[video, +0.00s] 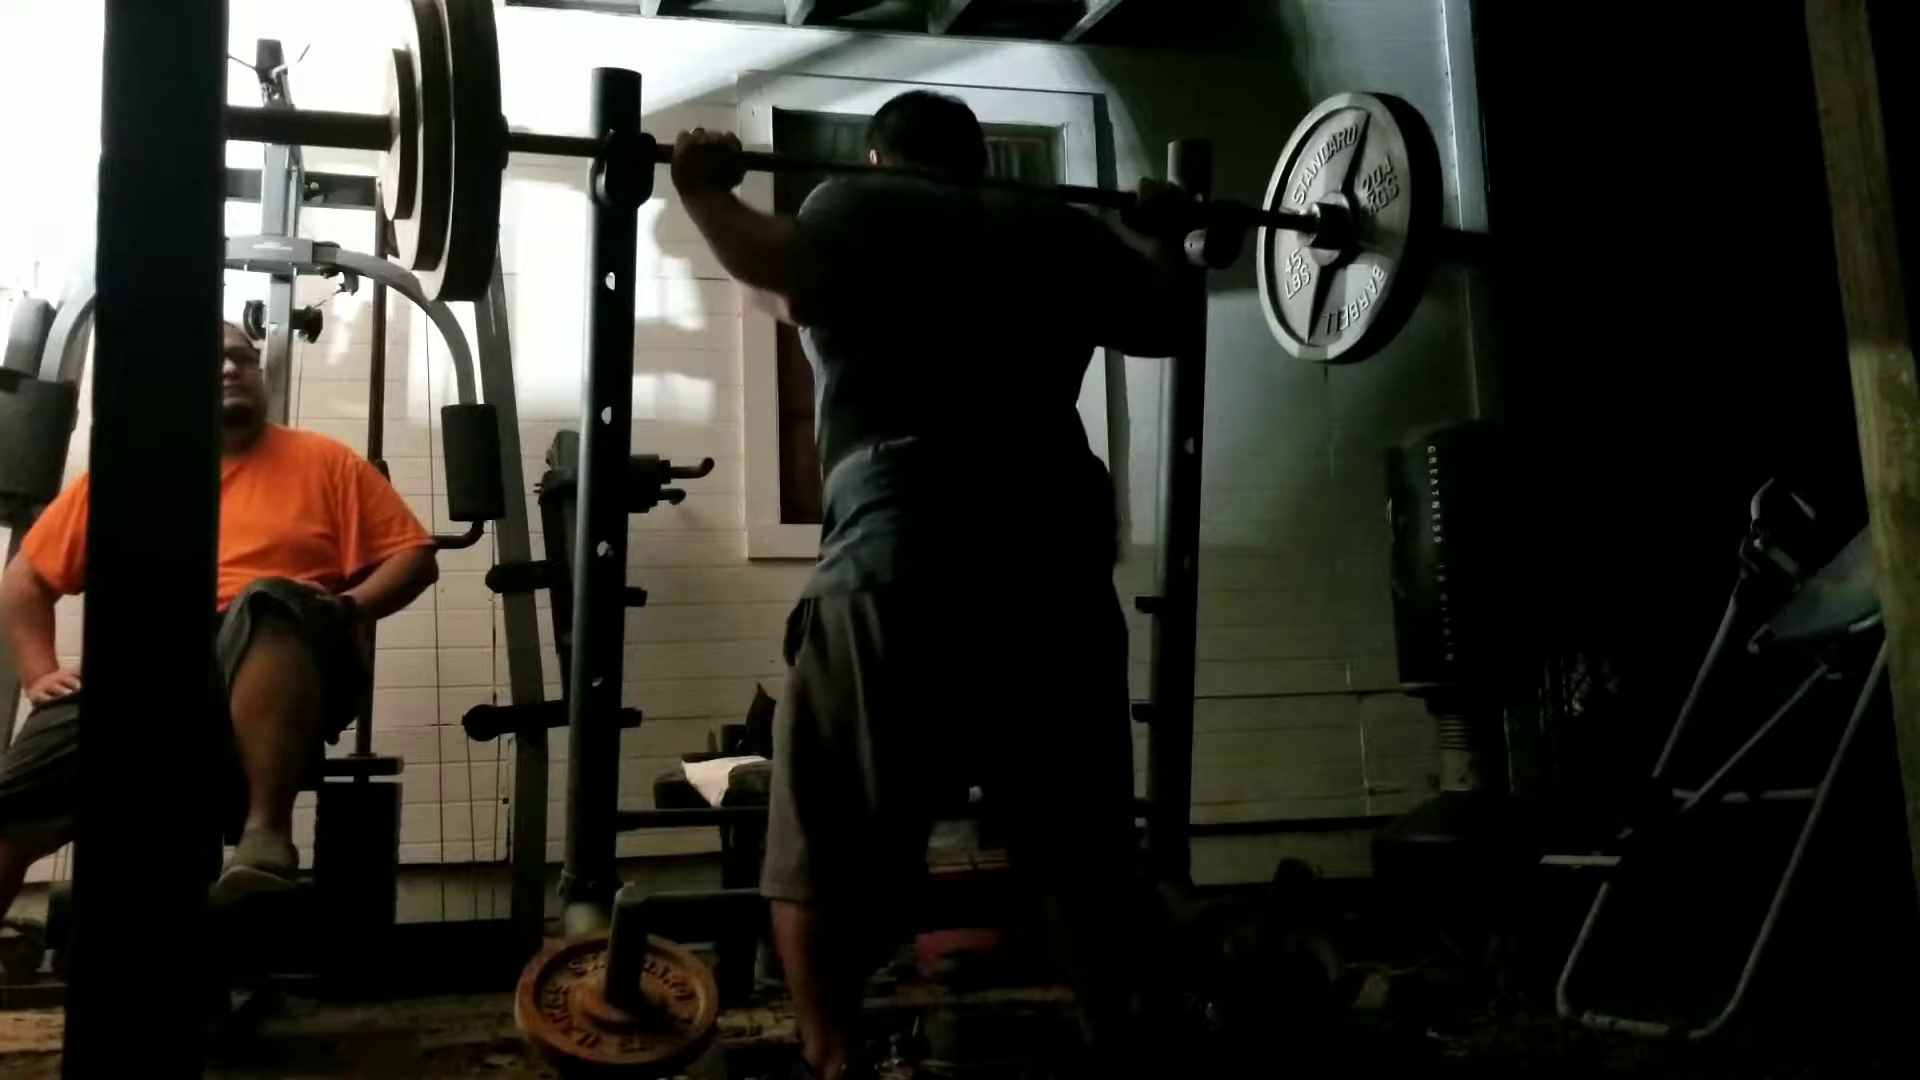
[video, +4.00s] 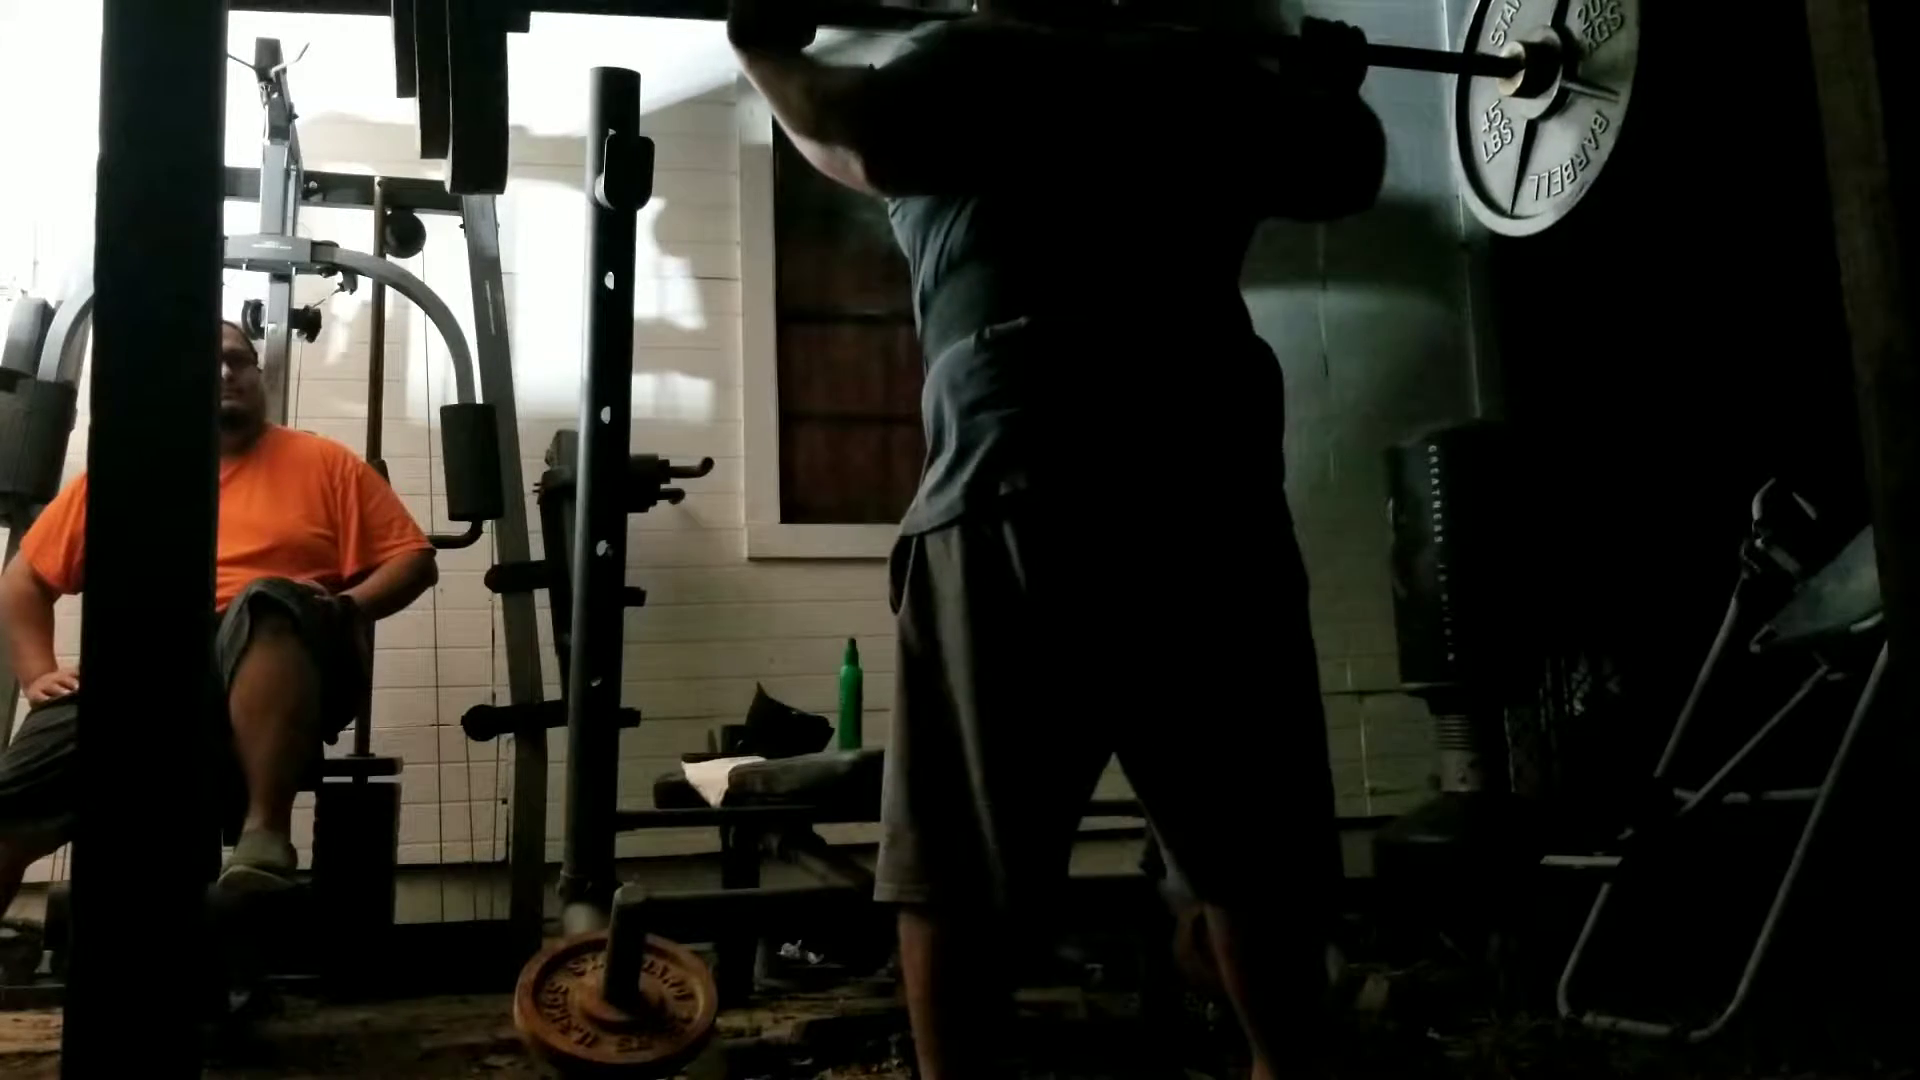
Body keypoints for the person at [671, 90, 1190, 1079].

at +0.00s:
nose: (861, 174)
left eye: (867, 159)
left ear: (876, 158)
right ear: (984, 162)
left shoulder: (848, 210)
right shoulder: (1057, 232)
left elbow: (777, 267)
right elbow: (1175, 320)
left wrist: (705, 188)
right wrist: (1161, 234)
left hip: (894, 558)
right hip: (1056, 558)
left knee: (823, 828)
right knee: (1083, 831)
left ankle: (829, 1055)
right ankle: (1123, 1040)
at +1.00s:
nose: (846, 127)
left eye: (853, 115)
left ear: (862, 113)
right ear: (972, 117)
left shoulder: (832, 156)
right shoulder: (1047, 186)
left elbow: (738, 212)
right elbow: (1174, 268)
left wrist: (671, 138)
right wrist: (1157, 182)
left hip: (863, 535)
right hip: (1035, 530)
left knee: (835, 817)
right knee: (1072, 799)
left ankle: (834, 1056)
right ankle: (1144, 1037)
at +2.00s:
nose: (966, 44)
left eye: (969, 32)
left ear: (975, 42)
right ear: (1086, 41)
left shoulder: (937, 111)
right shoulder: (1171, 133)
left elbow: (857, 166)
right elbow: (1310, 228)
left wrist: (776, 70)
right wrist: (1302, 138)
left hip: (1000, 493)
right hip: (1176, 494)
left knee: (955, 804)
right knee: (1178, 809)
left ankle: (958, 1056)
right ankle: (1179, 1053)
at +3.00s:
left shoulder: (966, 40)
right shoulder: (1217, 66)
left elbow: (904, 138)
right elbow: (1362, 174)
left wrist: (775, 29)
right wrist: (1337, 79)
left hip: (1025, 463)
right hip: (1222, 467)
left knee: (977, 842)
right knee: (1243, 830)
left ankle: (978, 1066)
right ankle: (1282, 1060)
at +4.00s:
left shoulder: (952, 58)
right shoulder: (1206, 76)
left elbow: (854, 143)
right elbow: (1348, 168)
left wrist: (758, 43)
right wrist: (1331, 75)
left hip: (1012, 479)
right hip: (1211, 475)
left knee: (955, 854)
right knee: (1253, 834)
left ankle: (956, 1069)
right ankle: (1285, 1063)